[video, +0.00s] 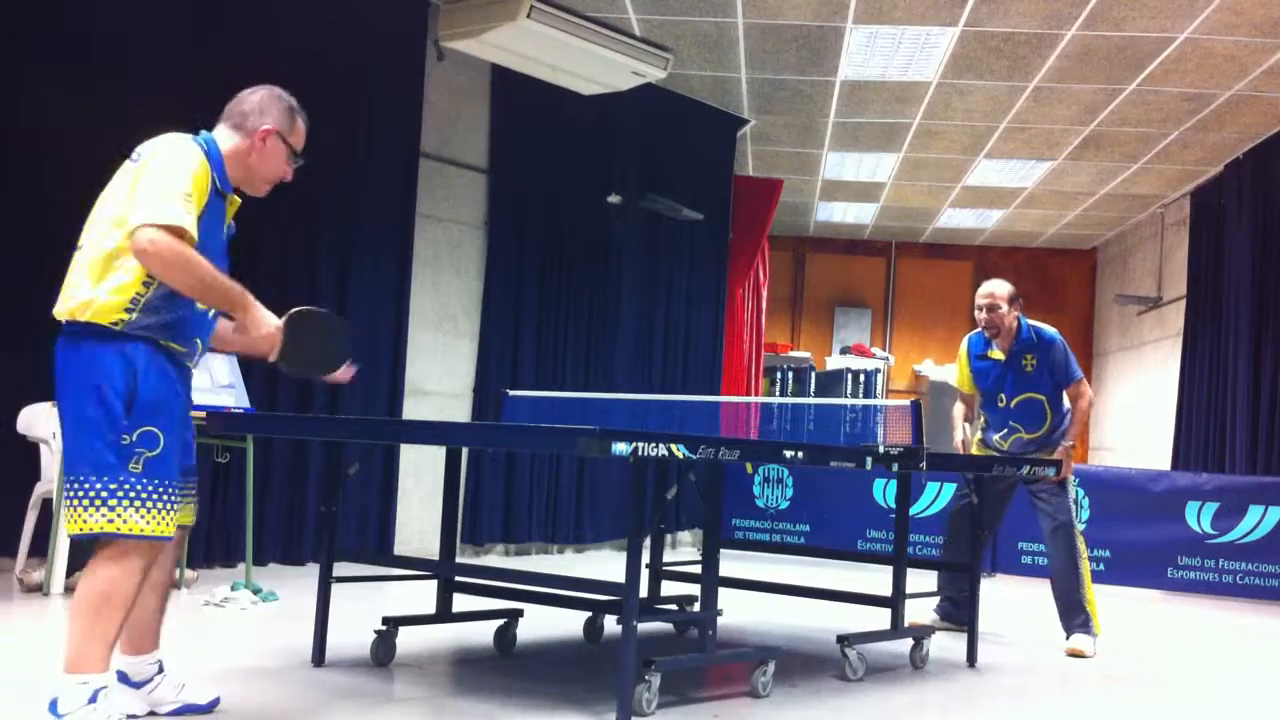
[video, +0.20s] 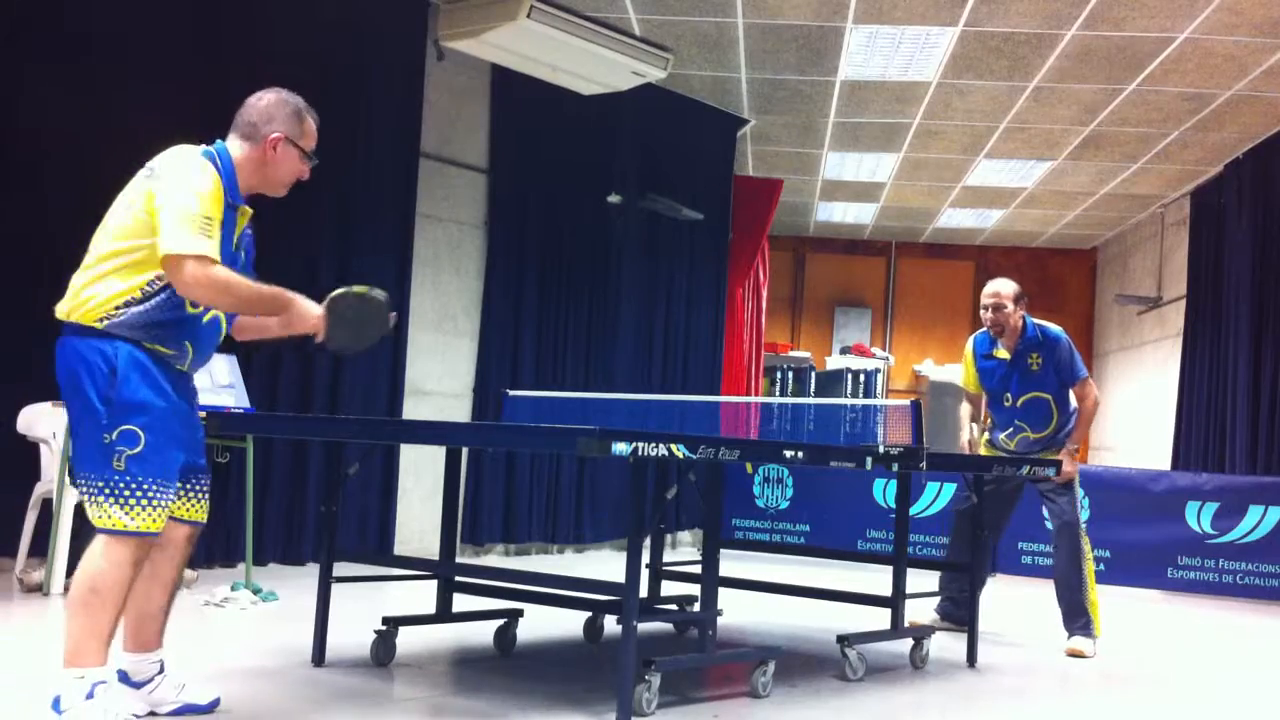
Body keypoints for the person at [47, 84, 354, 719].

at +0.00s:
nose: (290, 173)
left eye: (296, 161)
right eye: (292, 155)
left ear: (258, 141)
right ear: (260, 137)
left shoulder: (214, 208)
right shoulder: (179, 155)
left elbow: (196, 323)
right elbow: (155, 244)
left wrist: (299, 352)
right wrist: (247, 309)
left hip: (158, 365)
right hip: (113, 354)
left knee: (165, 527)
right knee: (131, 532)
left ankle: (137, 674)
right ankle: (78, 691)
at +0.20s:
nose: (307, 171)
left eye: (310, 157)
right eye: (305, 154)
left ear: (270, 146)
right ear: (273, 143)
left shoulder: (237, 221)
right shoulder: (189, 171)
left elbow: (214, 324)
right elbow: (193, 278)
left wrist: (300, 322)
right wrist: (290, 305)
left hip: (163, 367)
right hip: (109, 353)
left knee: (181, 515)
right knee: (129, 520)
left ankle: (140, 675)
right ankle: (79, 688)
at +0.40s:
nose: (316, 189)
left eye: (320, 176)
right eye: (312, 173)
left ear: (274, 162)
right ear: (275, 161)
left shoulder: (236, 213)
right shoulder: (199, 198)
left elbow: (235, 313)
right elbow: (219, 311)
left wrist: (312, 313)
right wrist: (307, 314)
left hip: (151, 366)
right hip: (100, 356)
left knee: (176, 516)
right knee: (133, 523)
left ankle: (138, 674)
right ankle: (65, 687)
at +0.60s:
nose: (306, 190)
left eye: (307, 177)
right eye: (298, 178)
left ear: (257, 175)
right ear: (256, 176)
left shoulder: (244, 212)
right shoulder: (172, 217)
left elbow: (275, 295)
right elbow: (218, 322)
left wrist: (346, 271)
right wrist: (308, 271)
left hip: (151, 364)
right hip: (95, 356)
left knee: (174, 509)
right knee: (134, 521)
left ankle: (138, 670)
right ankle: (66, 687)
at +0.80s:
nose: (298, 192)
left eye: (303, 179)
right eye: (294, 178)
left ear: (254, 169)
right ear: (255, 171)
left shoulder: (242, 212)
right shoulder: (170, 211)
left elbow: (236, 291)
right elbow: (212, 317)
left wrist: (292, 297)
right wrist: (291, 247)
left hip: (143, 363)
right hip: (89, 355)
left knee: (155, 517)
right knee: (125, 526)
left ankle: (133, 671)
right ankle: (63, 690)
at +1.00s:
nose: (323, 188)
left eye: (326, 174)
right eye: (319, 172)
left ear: (270, 160)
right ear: (278, 162)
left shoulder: (212, 187)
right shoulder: (219, 220)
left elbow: (170, 288)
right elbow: (222, 344)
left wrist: (247, 302)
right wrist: (260, 400)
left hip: (116, 358)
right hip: (102, 360)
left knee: (143, 525)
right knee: (146, 533)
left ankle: (113, 666)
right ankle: (67, 688)